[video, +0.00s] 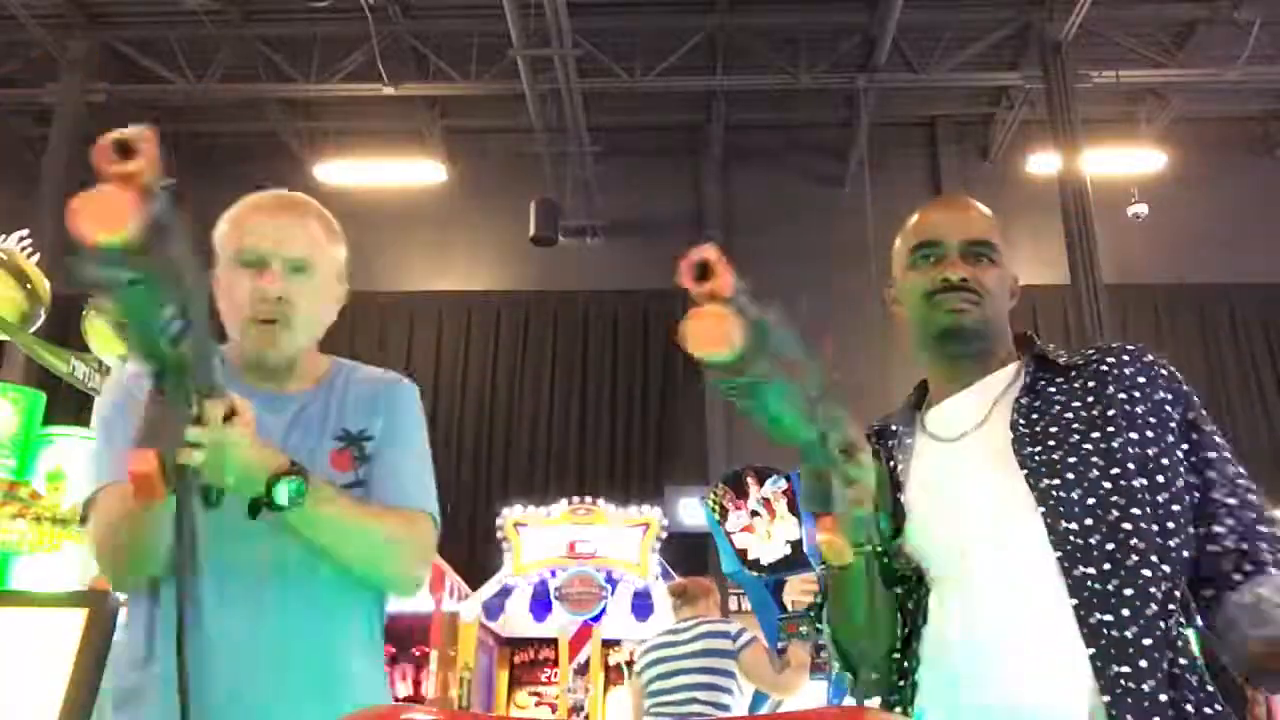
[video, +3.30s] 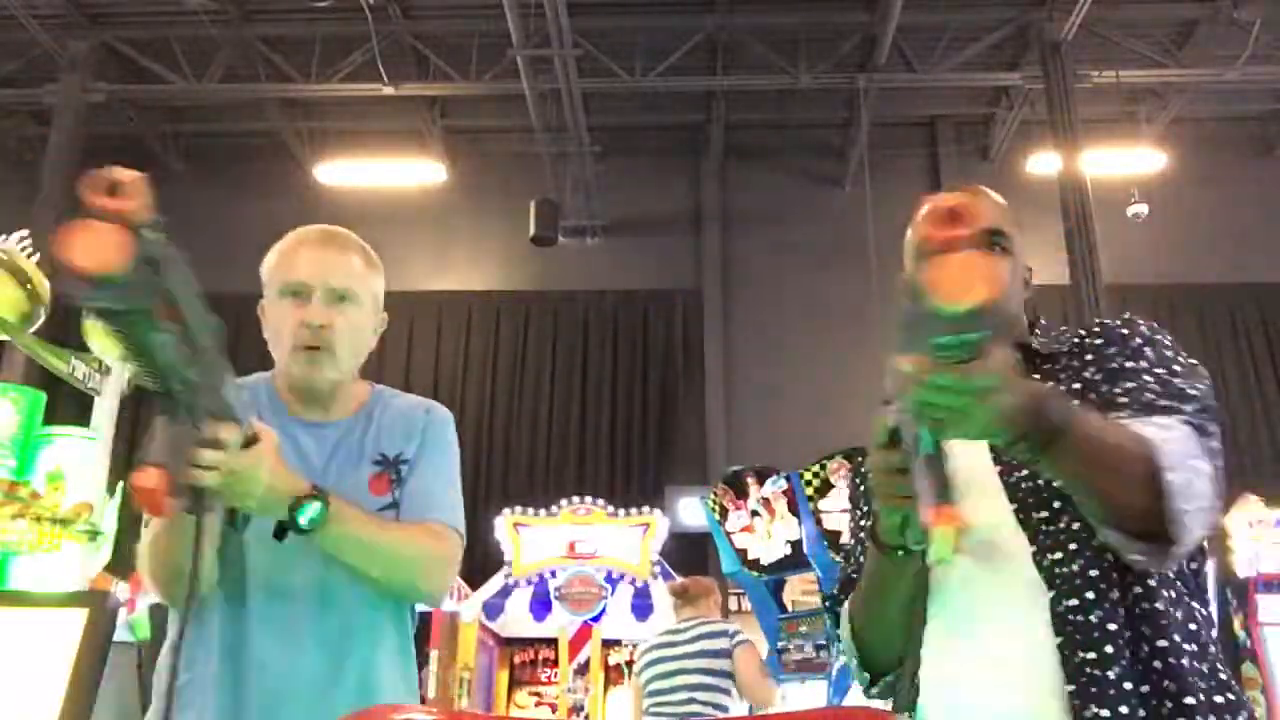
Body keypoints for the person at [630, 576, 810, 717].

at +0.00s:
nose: (721, 611)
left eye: (719, 606)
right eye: (719, 605)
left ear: (675, 610)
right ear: (713, 602)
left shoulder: (646, 649)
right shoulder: (731, 632)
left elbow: (638, 714)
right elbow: (782, 687)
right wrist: (801, 661)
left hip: (660, 715)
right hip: (713, 712)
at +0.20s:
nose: (722, 610)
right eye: (720, 604)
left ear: (675, 610)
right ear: (713, 600)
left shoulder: (646, 648)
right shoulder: (730, 633)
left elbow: (637, 713)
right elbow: (779, 692)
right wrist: (797, 667)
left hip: (658, 714)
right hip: (710, 712)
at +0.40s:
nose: (721, 609)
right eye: (720, 603)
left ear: (676, 608)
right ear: (714, 599)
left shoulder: (646, 647)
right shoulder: (729, 632)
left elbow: (637, 713)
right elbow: (752, 694)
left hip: (657, 716)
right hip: (707, 714)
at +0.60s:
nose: (720, 607)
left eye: (717, 600)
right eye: (716, 599)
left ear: (672, 607)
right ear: (707, 597)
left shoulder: (645, 647)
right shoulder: (727, 630)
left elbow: (636, 712)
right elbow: (769, 687)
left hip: (655, 715)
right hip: (709, 713)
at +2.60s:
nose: (716, 606)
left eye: (714, 599)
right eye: (715, 599)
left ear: (672, 605)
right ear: (710, 595)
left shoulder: (644, 648)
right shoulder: (729, 631)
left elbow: (637, 712)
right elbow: (781, 683)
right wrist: (798, 657)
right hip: (707, 712)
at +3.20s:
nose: (723, 609)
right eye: (721, 603)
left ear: (675, 609)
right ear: (714, 600)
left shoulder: (646, 650)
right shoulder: (731, 633)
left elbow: (639, 713)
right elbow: (778, 695)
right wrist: (794, 665)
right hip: (710, 712)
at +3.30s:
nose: (721, 611)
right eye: (720, 605)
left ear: (676, 610)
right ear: (714, 602)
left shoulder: (646, 648)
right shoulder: (729, 633)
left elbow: (638, 713)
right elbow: (758, 694)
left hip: (658, 716)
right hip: (707, 714)